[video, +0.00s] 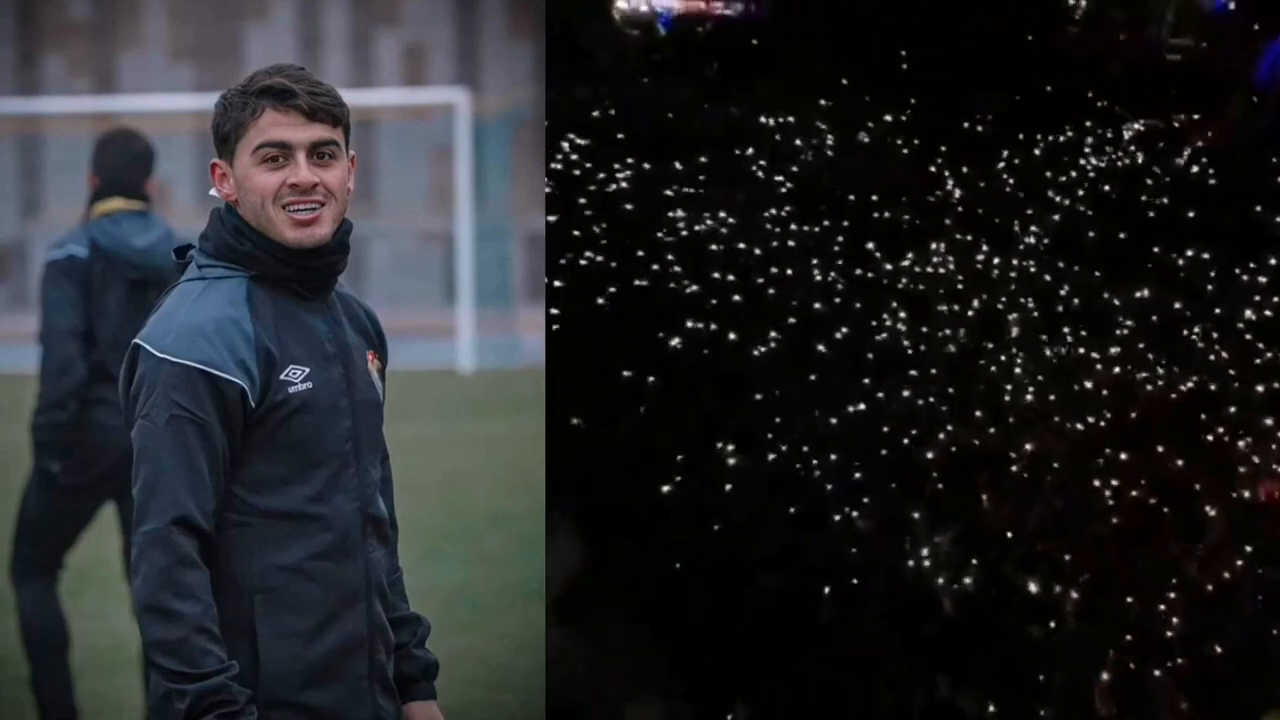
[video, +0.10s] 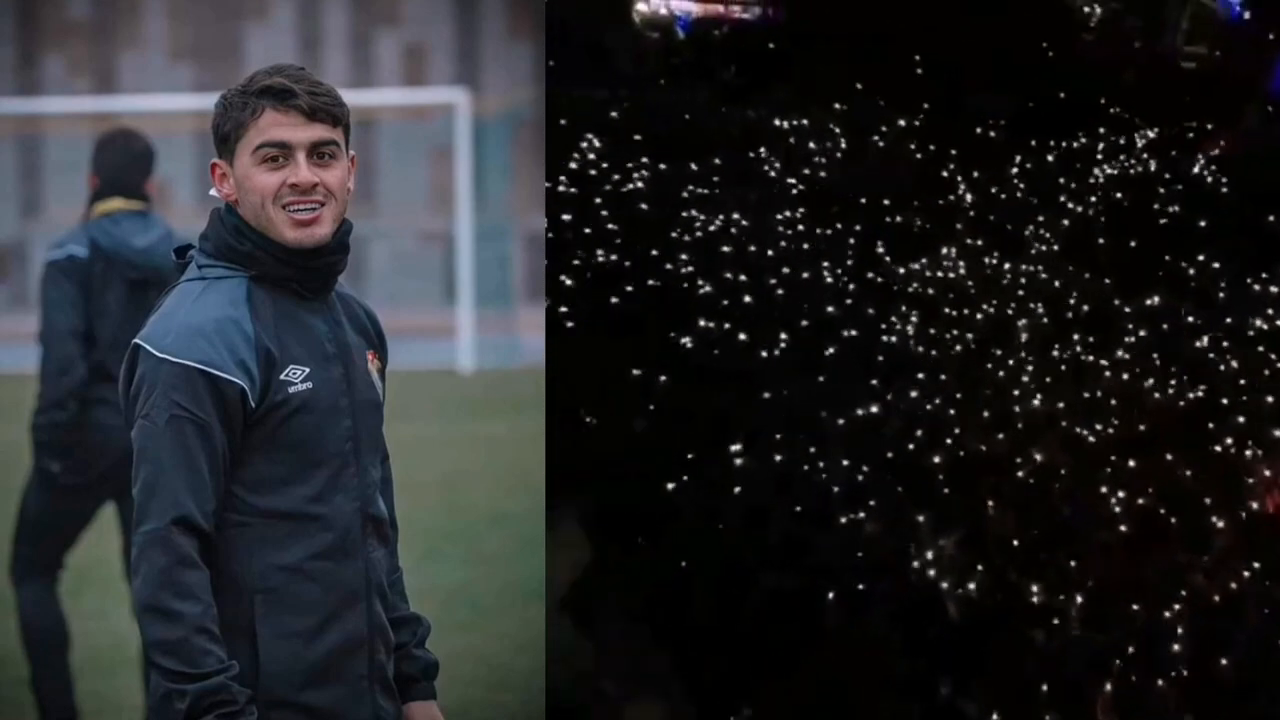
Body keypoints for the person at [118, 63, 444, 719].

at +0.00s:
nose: (305, 178)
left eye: (322, 155)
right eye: (274, 158)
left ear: (349, 171)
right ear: (226, 182)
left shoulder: (356, 323)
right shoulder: (195, 334)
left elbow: (372, 525)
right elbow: (164, 550)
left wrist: (414, 684)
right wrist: (213, 705)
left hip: (365, 690)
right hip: (260, 691)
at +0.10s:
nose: (305, 178)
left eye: (322, 155)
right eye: (274, 158)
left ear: (349, 171)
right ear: (226, 182)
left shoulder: (356, 323)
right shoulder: (195, 334)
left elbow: (372, 525)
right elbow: (164, 550)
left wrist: (414, 684)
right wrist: (213, 705)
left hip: (365, 690)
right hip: (260, 691)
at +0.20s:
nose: (305, 178)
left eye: (322, 155)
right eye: (274, 158)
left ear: (349, 171)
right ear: (226, 182)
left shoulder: (356, 323)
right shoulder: (195, 334)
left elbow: (372, 525)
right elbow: (164, 550)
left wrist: (414, 684)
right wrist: (213, 705)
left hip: (365, 690)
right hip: (260, 691)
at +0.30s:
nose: (305, 178)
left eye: (322, 155)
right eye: (274, 158)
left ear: (349, 171)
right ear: (225, 182)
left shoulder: (356, 323)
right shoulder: (195, 335)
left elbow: (373, 525)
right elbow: (164, 550)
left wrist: (414, 685)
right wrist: (212, 705)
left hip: (366, 691)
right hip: (260, 692)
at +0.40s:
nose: (305, 178)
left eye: (322, 155)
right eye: (274, 158)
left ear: (349, 171)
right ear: (226, 182)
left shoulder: (356, 323)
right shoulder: (195, 335)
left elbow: (373, 525)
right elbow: (164, 550)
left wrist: (414, 685)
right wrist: (212, 705)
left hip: (366, 691)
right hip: (260, 692)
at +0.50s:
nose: (305, 178)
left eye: (322, 155)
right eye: (274, 158)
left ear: (349, 171)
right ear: (226, 182)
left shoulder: (356, 323)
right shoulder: (195, 335)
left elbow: (373, 525)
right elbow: (164, 550)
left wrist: (414, 685)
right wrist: (213, 705)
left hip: (366, 691)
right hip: (260, 692)